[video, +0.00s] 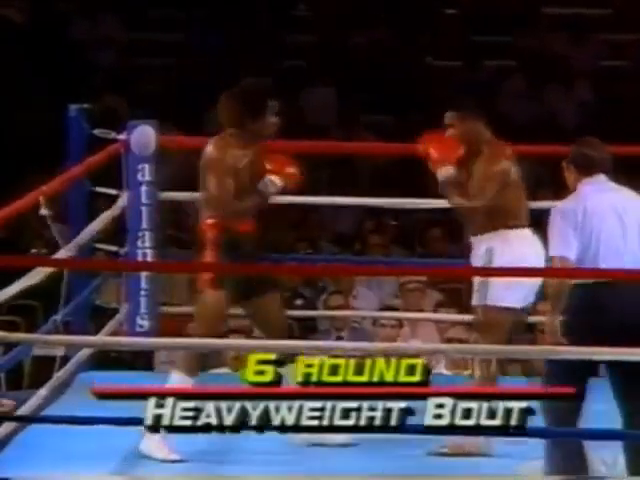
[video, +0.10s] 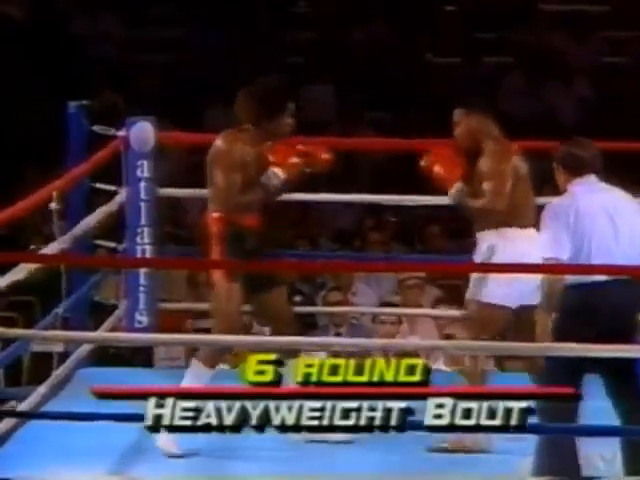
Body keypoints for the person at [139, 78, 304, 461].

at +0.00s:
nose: (275, 122)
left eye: (275, 115)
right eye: (269, 116)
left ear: (251, 121)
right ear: (249, 120)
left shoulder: (255, 149)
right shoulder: (218, 153)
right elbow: (223, 206)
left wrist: (277, 179)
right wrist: (262, 194)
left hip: (248, 240)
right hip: (218, 242)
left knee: (279, 332)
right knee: (206, 331)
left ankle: (299, 417)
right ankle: (153, 430)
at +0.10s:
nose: (291, 122)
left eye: (291, 115)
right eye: (286, 115)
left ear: (265, 120)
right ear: (265, 118)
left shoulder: (263, 147)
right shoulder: (231, 147)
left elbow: (263, 187)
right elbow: (230, 201)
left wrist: (297, 168)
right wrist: (273, 183)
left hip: (254, 234)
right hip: (226, 235)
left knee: (285, 327)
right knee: (228, 329)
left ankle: (295, 415)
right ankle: (172, 416)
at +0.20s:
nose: (306, 114)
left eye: (305, 107)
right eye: (301, 107)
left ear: (281, 109)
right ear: (283, 110)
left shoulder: (278, 137)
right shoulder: (243, 136)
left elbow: (270, 179)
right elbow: (239, 191)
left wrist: (301, 169)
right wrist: (282, 182)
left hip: (259, 222)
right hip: (232, 221)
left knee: (286, 317)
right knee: (233, 321)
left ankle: (278, 400)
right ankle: (187, 401)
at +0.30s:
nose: (299, 107)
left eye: (298, 100)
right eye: (295, 100)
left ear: (277, 99)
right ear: (281, 99)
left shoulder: (279, 128)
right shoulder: (243, 127)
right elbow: (247, 180)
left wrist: (302, 159)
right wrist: (288, 164)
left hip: (261, 213)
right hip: (235, 212)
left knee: (280, 307)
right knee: (229, 315)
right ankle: (187, 390)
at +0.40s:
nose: (288, 98)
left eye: (287, 90)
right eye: (282, 91)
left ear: (256, 92)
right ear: (264, 93)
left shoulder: (252, 125)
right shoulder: (236, 125)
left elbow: (265, 174)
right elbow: (264, 175)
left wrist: (293, 179)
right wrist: (295, 146)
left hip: (250, 213)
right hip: (227, 213)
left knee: (277, 299)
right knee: (219, 307)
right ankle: (180, 387)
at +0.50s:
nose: (281, 98)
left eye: (280, 90)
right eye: (274, 91)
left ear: (253, 94)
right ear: (255, 94)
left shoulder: (244, 126)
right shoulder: (232, 126)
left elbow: (250, 177)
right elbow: (244, 181)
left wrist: (280, 152)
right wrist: (283, 159)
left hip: (244, 224)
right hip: (222, 223)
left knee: (294, 303)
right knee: (206, 311)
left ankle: (289, 387)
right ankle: (168, 390)